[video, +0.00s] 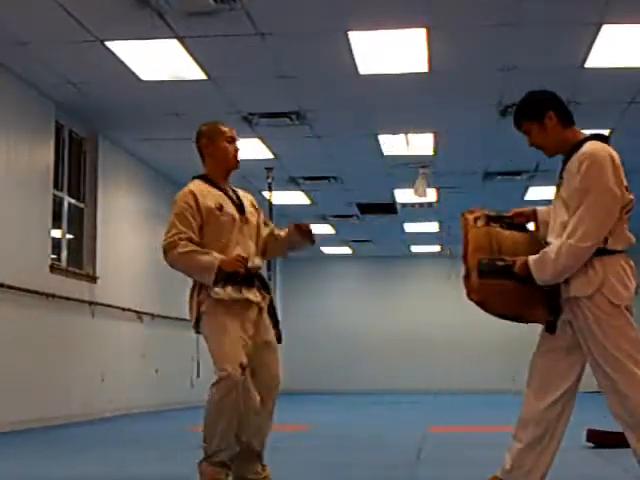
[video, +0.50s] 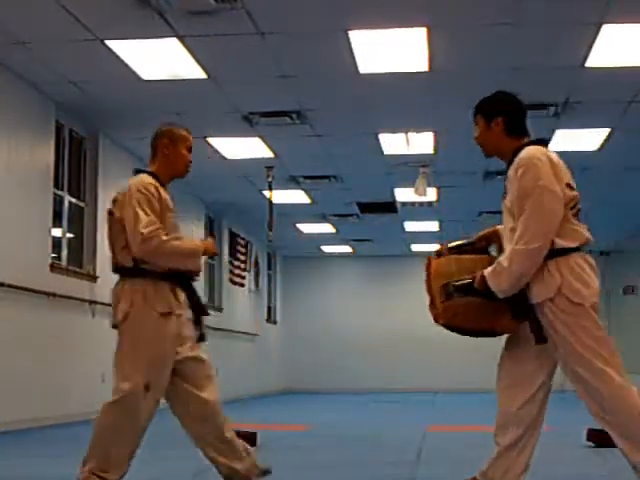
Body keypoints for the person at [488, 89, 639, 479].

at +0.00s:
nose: (532, 144)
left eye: (531, 134)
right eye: (527, 137)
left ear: (552, 120)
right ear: (551, 123)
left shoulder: (595, 157)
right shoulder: (576, 162)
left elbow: (587, 235)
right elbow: (574, 215)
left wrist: (533, 266)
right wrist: (536, 216)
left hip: (599, 281)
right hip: (573, 283)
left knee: (627, 390)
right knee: (547, 388)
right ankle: (518, 474)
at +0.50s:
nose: (475, 136)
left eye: (478, 127)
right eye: (475, 127)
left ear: (499, 125)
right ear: (505, 126)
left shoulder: (533, 162)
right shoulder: (525, 164)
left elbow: (534, 238)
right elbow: (534, 223)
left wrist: (490, 281)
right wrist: (498, 235)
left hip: (561, 279)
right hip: (538, 281)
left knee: (603, 385)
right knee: (519, 385)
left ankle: (638, 457)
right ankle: (503, 472)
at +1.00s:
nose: (412, 127)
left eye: (415, 117)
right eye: (412, 118)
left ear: (432, 115)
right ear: (448, 116)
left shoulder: (450, 153)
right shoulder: (480, 154)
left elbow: (434, 227)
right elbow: (457, 220)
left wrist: (386, 266)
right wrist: (404, 225)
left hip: (464, 276)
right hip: (492, 274)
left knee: (422, 369)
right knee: (488, 382)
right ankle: (500, 471)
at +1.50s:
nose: (309, 135)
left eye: (310, 126)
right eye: (308, 127)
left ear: (328, 122)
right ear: (346, 122)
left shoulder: (342, 161)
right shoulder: (387, 154)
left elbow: (333, 237)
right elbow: (372, 216)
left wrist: (297, 280)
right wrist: (316, 233)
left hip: (383, 272)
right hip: (423, 264)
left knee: (359, 377)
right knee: (442, 375)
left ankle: (350, 470)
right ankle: (479, 469)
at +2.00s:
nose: (327, 142)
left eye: (328, 132)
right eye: (325, 133)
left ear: (348, 127)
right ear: (359, 127)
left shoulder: (365, 169)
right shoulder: (404, 161)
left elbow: (346, 243)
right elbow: (387, 230)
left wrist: (307, 281)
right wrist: (333, 242)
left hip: (390, 280)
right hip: (427, 274)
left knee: (345, 370)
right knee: (442, 378)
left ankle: (346, 468)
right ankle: (494, 461)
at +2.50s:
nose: (426, 147)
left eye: (425, 137)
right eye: (422, 140)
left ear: (442, 123)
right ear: (444, 125)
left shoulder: (485, 146)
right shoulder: (470, 160)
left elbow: (488, 209)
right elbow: (480, 221)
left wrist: (434, 235)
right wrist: (433, 239)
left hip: (517, 263)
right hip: (499, 269)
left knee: (507, 368)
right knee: (496, 376)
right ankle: (509, 472)